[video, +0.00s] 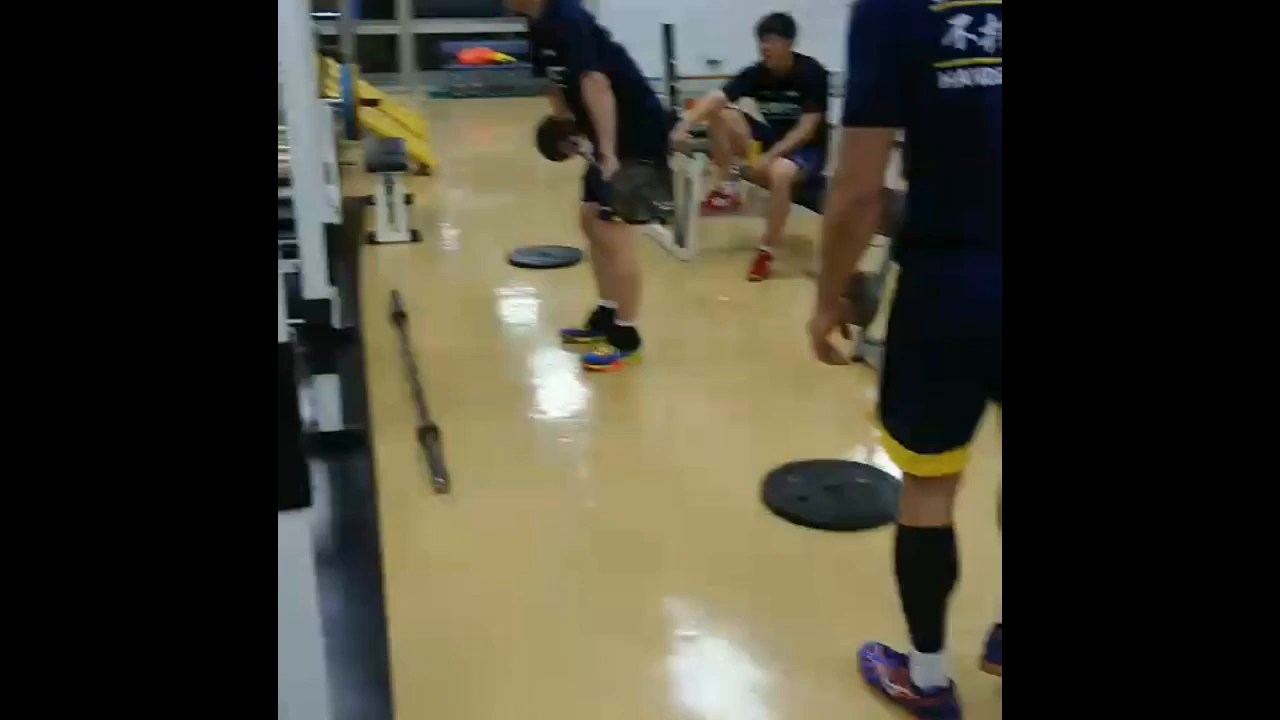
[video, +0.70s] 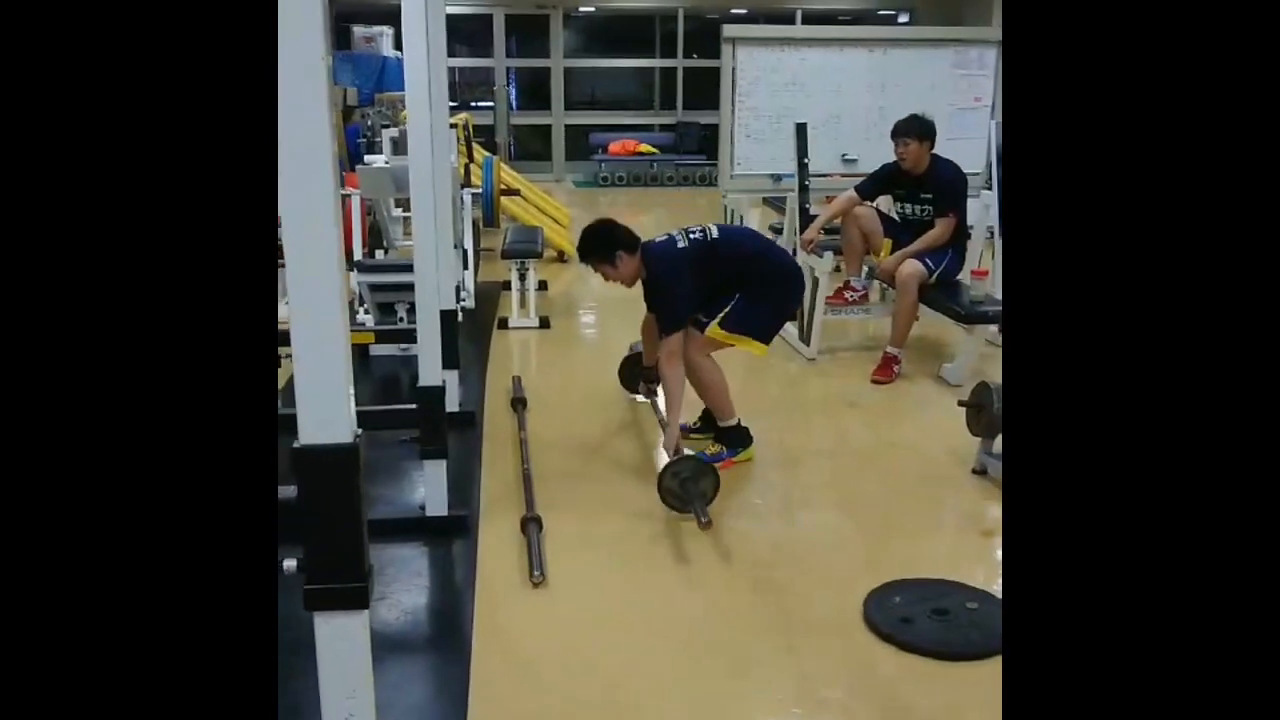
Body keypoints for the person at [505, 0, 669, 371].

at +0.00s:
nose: (508, 4)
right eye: (508, 1)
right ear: (523, 3)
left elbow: (596, 83)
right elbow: (556, 86)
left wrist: (608, 154)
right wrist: (564, 123)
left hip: (639, 136)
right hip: (607, 136)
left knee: (614, 228)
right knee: (594, 221)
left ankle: (627, 333)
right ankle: (608, 314)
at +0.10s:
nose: (541, 18)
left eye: (544, 9)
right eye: (539, 10)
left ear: (567, 6)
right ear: (566, 9)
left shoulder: (611, 40)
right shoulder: (585, 48)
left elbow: (635, 109)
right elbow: (598, 109)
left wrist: (648, 177)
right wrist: (609, 150)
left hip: (682, 156)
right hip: (651, 154)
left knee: (662, 254)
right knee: (642, 244)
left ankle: (668, 358)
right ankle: (648, 338)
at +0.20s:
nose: (584, 64)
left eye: (585, 53)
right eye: (580, 55)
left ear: (606, 41)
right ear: (602, 45)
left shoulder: (652, 76)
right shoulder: (629, 82)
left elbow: (673, 149)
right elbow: (642, 142)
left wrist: (684, 219)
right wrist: (648, 187)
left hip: (726, 184)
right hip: (696, 184)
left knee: (705, 282)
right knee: (682, 272)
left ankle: (709, 389)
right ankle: (690, 369)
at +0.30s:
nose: (598, 111)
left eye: (597, 101)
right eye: (593, 104)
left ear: (619, 87)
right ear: (619, 88)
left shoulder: (667, 117)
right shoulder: (649, 120)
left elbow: (686, 193)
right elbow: (660, 179)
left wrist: (699, 266)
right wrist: (663, 225)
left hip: (752, 211)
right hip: (720, 212)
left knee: (732, 307)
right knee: (709, 301)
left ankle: (730, 413)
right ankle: (711, 392)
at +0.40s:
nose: (599, 166)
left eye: (597, 155)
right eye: (594, 158)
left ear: (618, 144)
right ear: (618, 142)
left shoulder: (664, 163)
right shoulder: (649, 159)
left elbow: (684, 239)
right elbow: (661, 222)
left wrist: (696, 315)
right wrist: (664, 266)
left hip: (770, 224)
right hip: (742, 226)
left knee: (730, 321)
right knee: (711, 311)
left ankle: (736, 428)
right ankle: (718, 406)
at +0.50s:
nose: (605, 216)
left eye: (603, 207)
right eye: (599, 210)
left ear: (622, 192)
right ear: (624, 189)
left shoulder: (669, 214)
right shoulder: (656, 206)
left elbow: (683, 296)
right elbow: (659, 269)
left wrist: (688, 361)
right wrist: (660, 317)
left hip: (775, 246)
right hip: (748, 242)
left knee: (717, 334)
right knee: (699, 319)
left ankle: (737, 432)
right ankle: (715, 416)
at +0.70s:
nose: (607, 279)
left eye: (603, 271)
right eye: (600, 274)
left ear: (620, 257)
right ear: (623, 252)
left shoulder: (665, 273)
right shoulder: (653, 260)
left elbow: (672, 358)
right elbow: (652, 323)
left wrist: (672, 427)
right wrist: (650, 366)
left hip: (775, 286)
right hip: (754, 276)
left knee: (691, 350)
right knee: (684, 336)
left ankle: (735, 438)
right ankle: (715, 419)